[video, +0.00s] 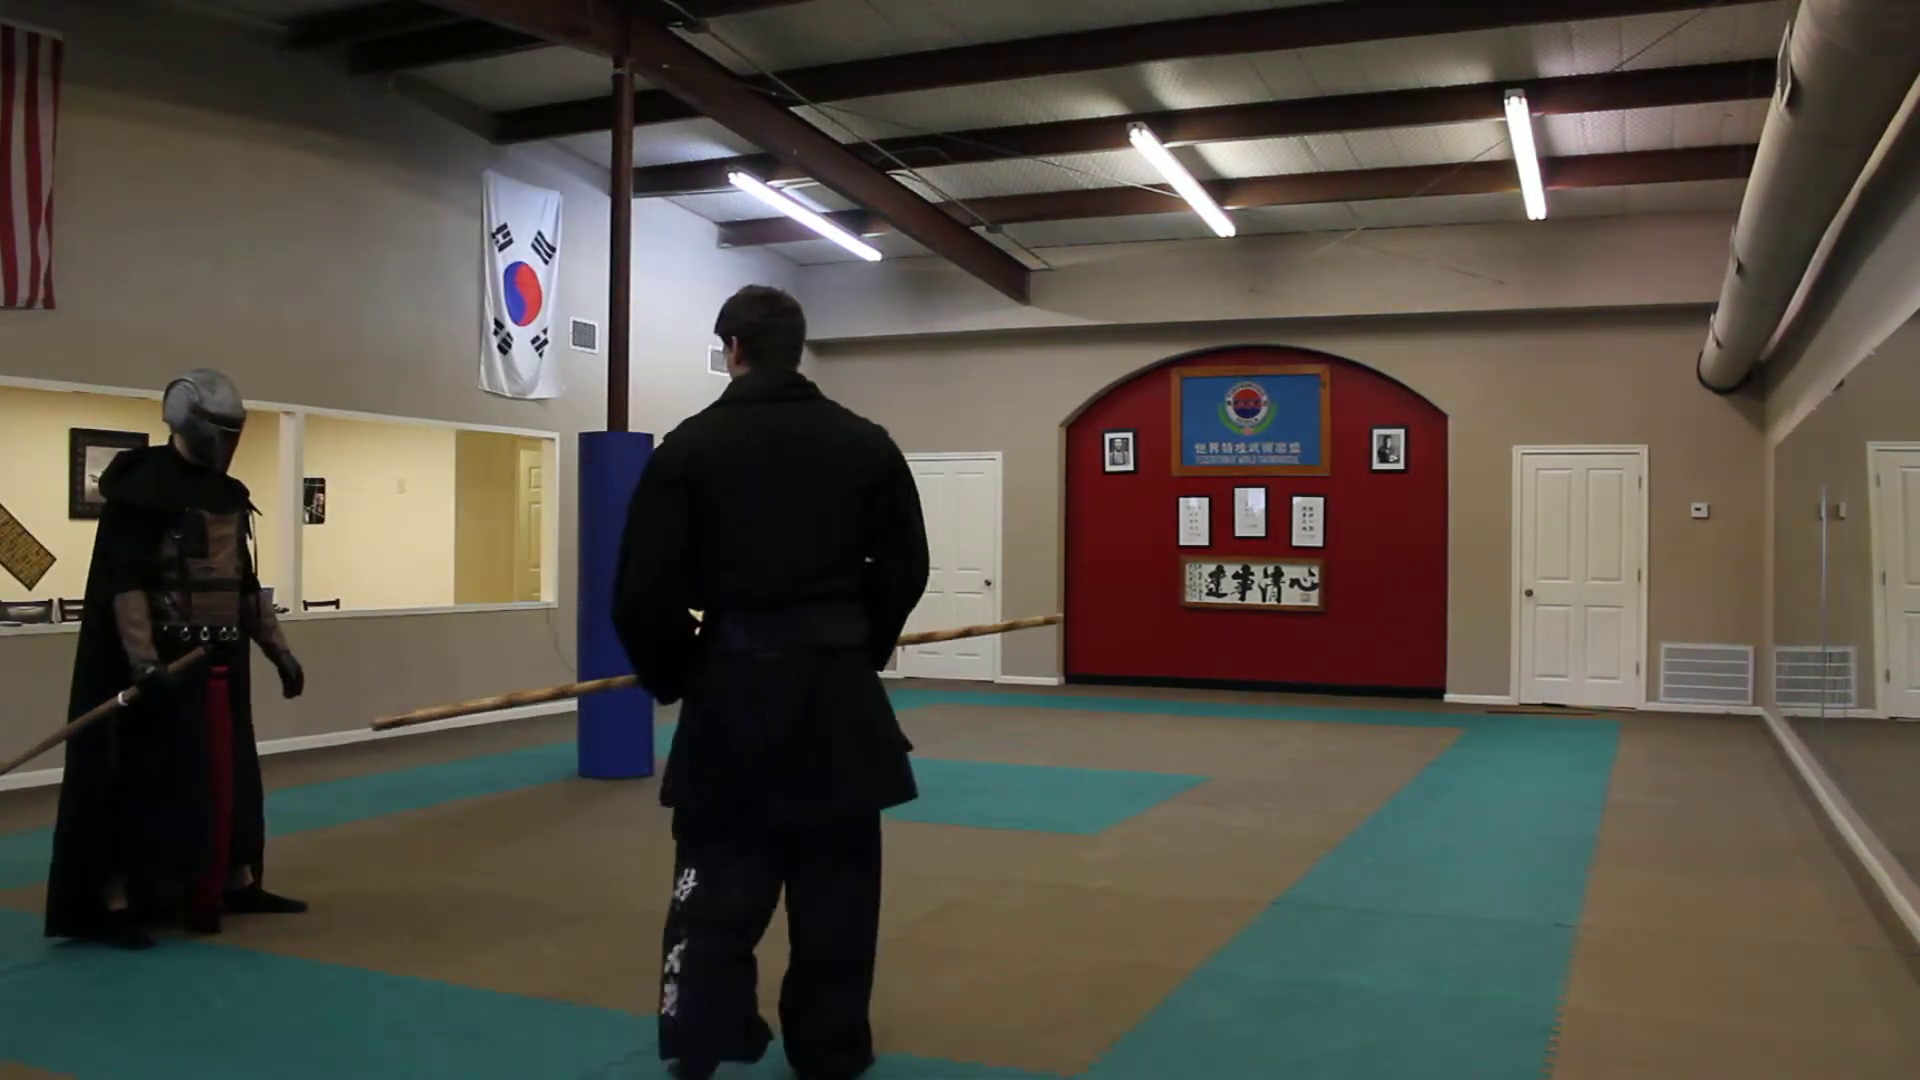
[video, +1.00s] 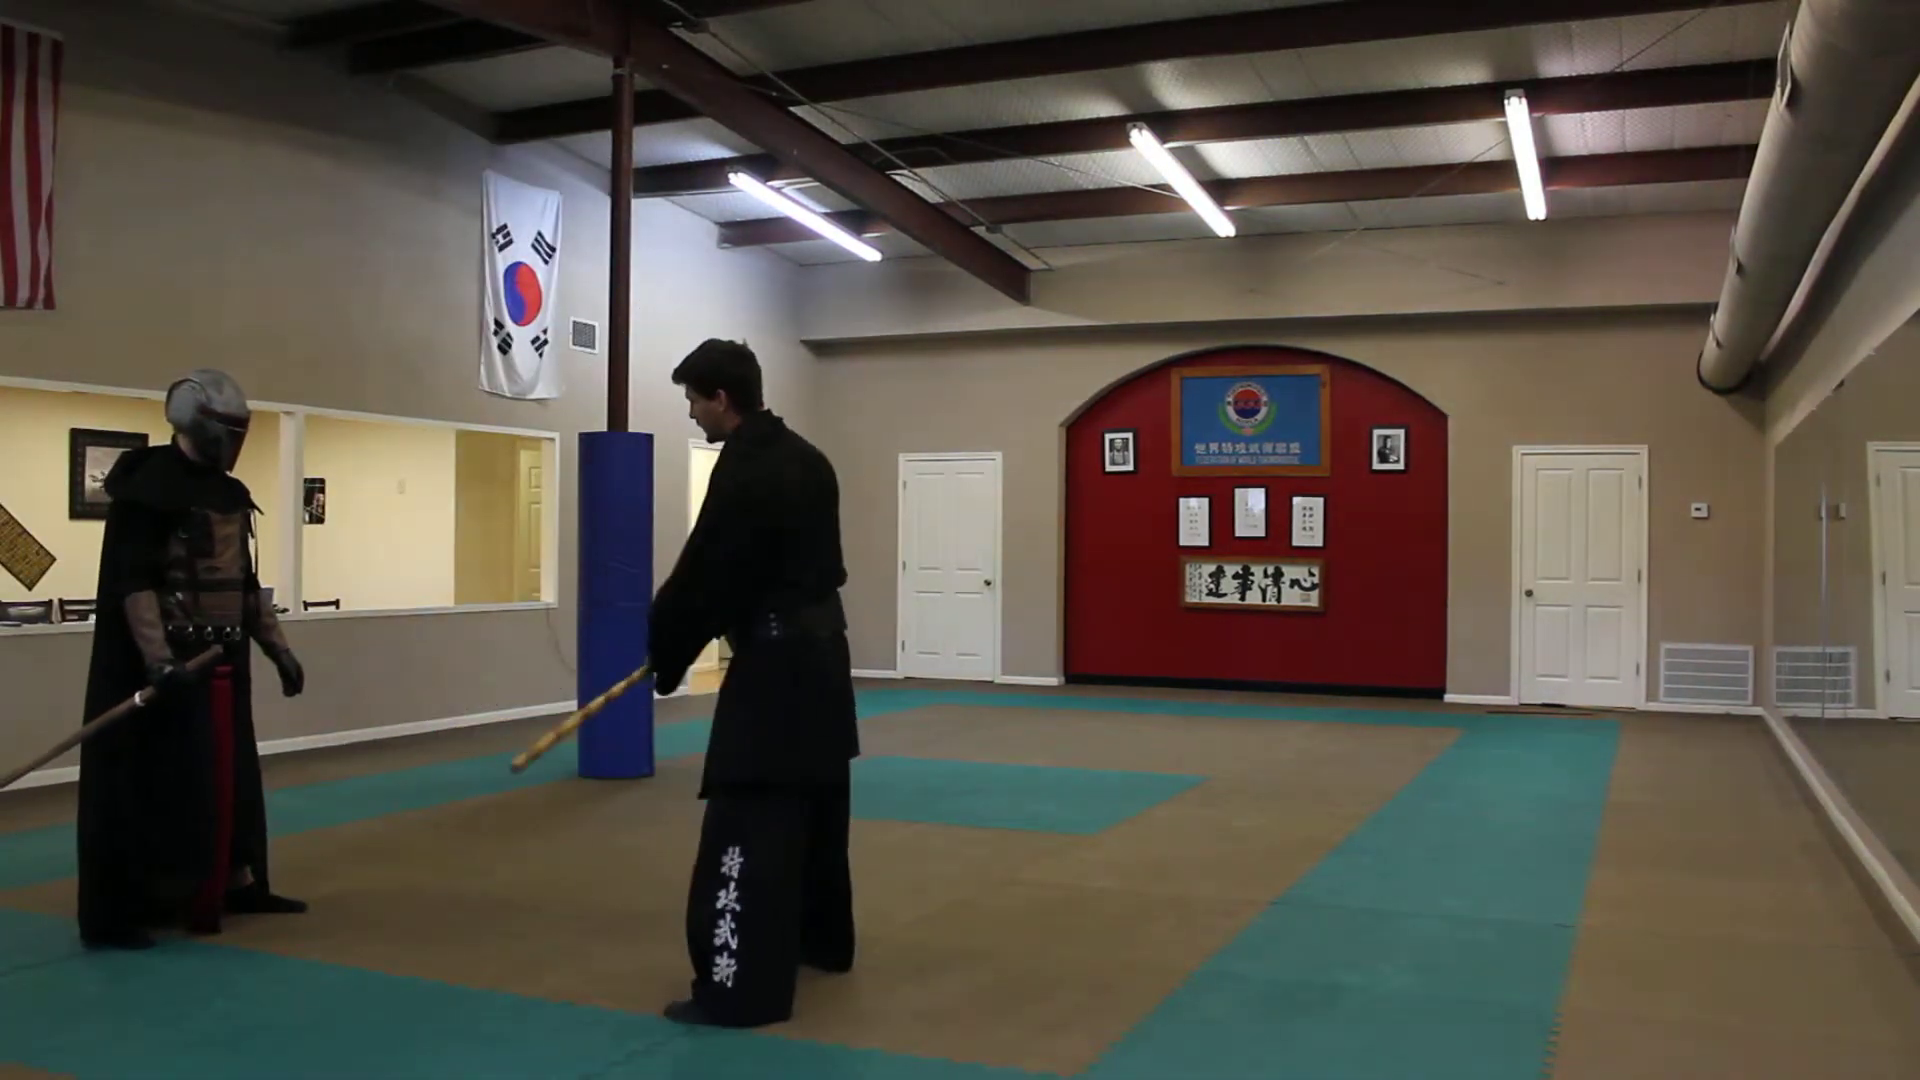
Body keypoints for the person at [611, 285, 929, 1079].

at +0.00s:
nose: (718, 358)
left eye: (719, 348)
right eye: (722, 347)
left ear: (732, 352)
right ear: (800, 351)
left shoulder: (688, 450)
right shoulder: (865, 443)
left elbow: (640, 594)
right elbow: (905, 570)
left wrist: (681, 676)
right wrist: (857, 654)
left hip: (730, 700)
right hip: (840, 702)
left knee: (715, 891)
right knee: (838, 897)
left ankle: (704, 1054)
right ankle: (832, 1057)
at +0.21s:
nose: (718, 375)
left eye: (718, 364)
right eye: (719, 363)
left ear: (733, 365)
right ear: (793, 362)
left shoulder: (697, 459)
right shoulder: (860, 453)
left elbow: (657, 598)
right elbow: (889, 573)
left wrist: (683, 678)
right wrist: (847, 648)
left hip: (738, 690)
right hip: (839, 689)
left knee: (739, 846)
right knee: (835, 868)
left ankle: (731, 995)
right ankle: (835, 1045)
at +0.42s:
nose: (693, 383)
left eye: (692, 372)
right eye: (694, 371)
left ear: (707, 372)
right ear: (763, 369)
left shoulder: (681, 468)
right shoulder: (833, 458)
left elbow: (638, 600)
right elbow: (858, 576)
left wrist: (656, 676)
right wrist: (814, 637)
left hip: (720, 683)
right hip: (813, 682)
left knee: (718, 842)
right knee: (816, 845)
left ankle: (729, 997)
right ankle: (841, 1004)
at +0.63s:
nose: (678, 387)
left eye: (677, 375)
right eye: (677, 375)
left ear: (694, 374)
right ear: (746, 369)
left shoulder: (681, 466)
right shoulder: (817, 455)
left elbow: (631, 590)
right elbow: (840, 559)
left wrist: (645, 659)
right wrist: (802, 617)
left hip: (719, 674)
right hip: (801, 668)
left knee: (717, 836)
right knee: (804, 820)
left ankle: (734, 996)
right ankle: (836, 973)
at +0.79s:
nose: (682, 399)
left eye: (682, 386)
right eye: (681, 386)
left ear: (701, 382)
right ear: (745, 377)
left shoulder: (703, 468)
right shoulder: (816, 459)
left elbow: (645, 586)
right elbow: (830, 562)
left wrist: (647, 651)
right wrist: (785, 603)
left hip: (730, 668)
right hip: (803, 661)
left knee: (719, 824)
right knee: (807, 804)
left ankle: (733, 994)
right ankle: (818, 939)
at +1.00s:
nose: (692, 416)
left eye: (694, 403)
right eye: (690, 404)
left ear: (721, 398)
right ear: (744, 396)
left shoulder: (743, 468)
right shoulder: (807, 459)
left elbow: (709, 572)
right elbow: (804, 569)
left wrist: (667, 650)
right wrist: (713, 622)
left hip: (774, 662)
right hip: (824, 654)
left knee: (743, 816)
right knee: (817, 803)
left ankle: (737, 987)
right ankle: (825, 941)